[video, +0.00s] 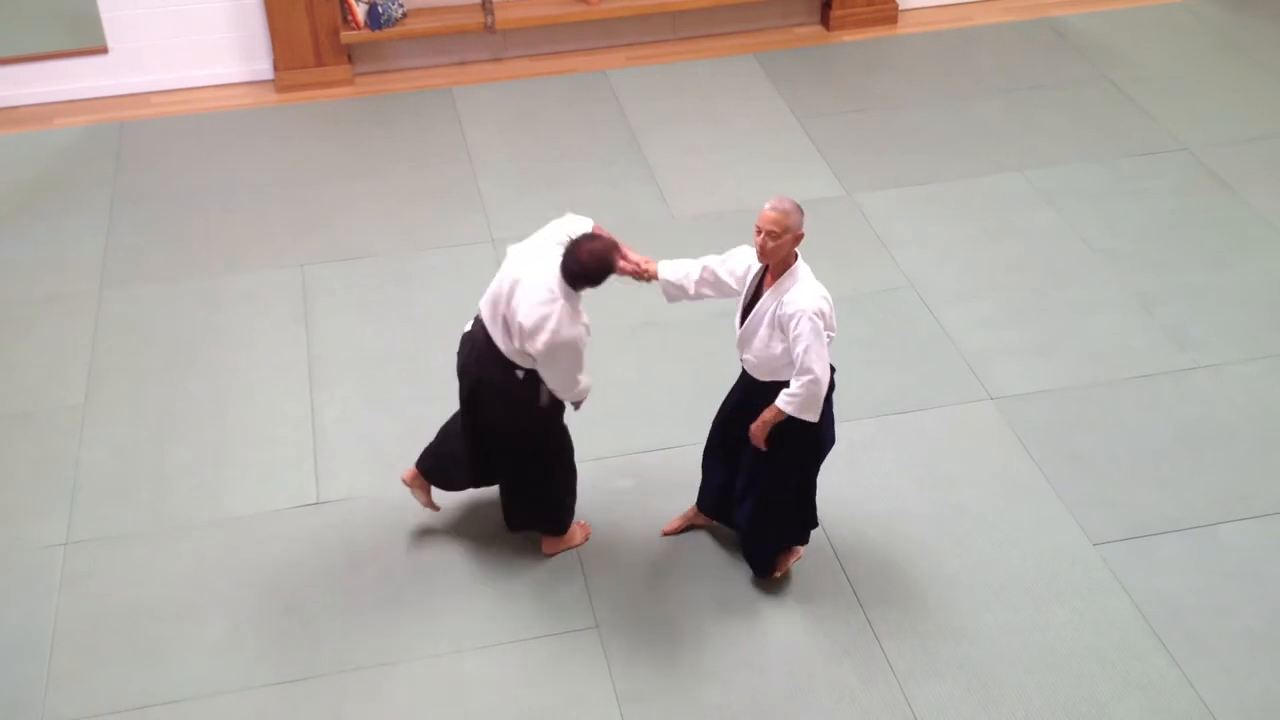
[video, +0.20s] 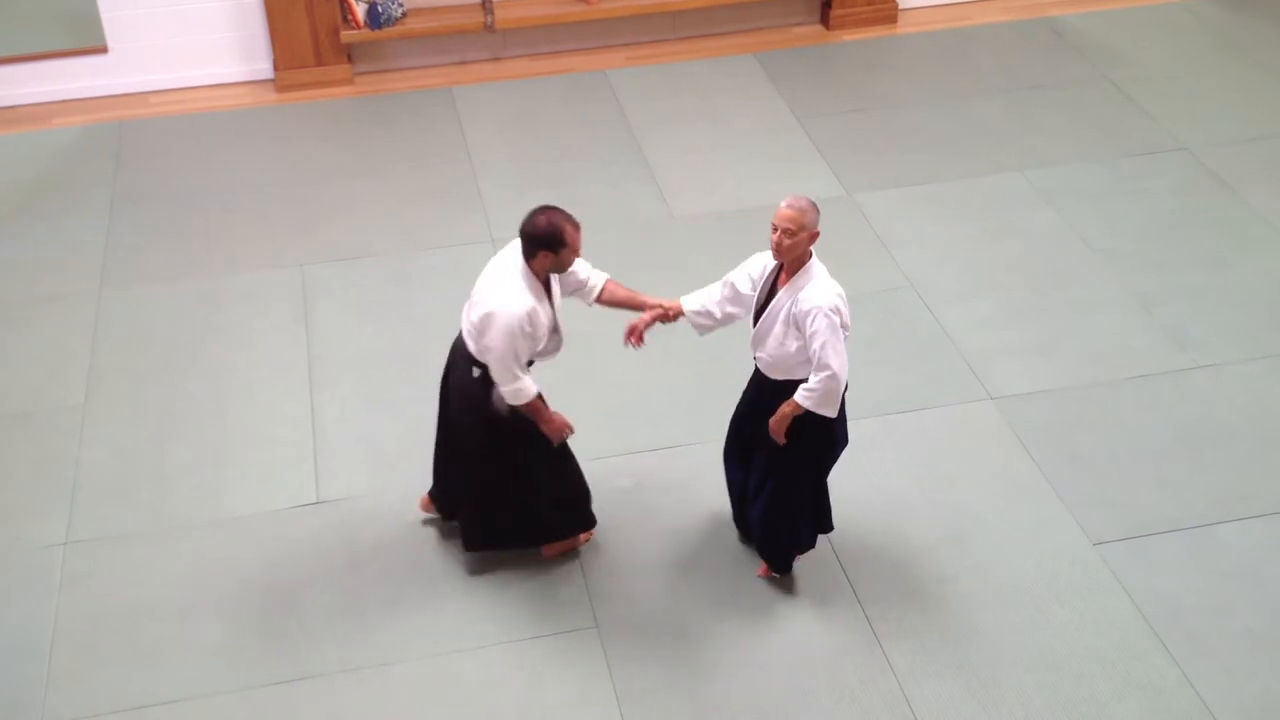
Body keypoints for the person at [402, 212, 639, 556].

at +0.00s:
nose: (602, 232)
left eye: (601, 237)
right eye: (608, 242)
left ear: (583, 240)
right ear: (599, 281)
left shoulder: (559, 233)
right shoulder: (561, 329)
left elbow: (590, 226)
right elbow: (566, 385)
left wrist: (623, 256)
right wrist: (581, 393)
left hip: (477, 340)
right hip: (510, 379)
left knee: (477, 420)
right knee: (552, 453)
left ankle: (422, 473)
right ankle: (556, 534)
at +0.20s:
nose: (577, 253)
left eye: (577, 247)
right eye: (571, 249)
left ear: (541, 252)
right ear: (544, 257)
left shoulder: (533, 254)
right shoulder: (512, 309)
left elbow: (592, 284)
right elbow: (511, 379)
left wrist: (649, 304)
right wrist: (546, 419)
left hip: (467, 363)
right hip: (486, 385)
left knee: (466, 443)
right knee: (545, 455)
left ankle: (443, 498)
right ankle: (560, 534)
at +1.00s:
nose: (614, 236)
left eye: (615, 228)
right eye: (607, 232)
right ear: (575, 237)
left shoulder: (611, 251)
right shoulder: (528, 271)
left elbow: (630, 300)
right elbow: (501, 335)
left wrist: (649, 350)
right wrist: (527, 384)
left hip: (584, 356)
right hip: (533, 364)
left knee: (605, 420)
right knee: (527, 442)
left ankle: (615, 483)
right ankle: (504, 524)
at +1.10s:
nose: (615, 234)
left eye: (614, 227)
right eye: (608, 231)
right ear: (576, 237)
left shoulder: (612, 248)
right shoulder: (531, 272)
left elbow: (623, 296)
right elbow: (508, 335)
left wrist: (632, 347)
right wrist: (544, 377)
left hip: (586, 355)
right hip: (535, 363)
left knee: (606, 423)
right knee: (526, 442)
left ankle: (619, 487)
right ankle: (500, 525)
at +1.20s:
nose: (609, 234)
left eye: (608, 227)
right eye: (602, 231)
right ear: (571, 239)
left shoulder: (604, 246)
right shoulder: (529, 276)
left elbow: (617, 293)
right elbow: (508, 338)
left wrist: (621, 343)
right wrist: (551, 375)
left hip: (583, 355)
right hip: (534, 365)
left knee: (603, 424)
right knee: (521, 445)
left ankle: (606, 486)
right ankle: (498, 525)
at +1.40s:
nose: (591, 236)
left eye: (589, 229)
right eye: (583, 234)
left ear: (558, 242)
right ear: (554, 246)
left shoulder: (585, 246)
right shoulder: (517, 283)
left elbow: (597, 290)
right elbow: (494, 343)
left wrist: (608, 336)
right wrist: (546, 372)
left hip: (569, 362)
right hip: (520, 376)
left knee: (592, 429)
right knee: (512, 451)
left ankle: (605, 486)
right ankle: (497, 530)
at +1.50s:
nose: (584, 239)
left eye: (582, 233)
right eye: (576, 237)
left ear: (551, 245)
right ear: (548, 249)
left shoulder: (578, 245)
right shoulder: (513, 283)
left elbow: (589, 288)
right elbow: (490, 342)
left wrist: (601, 335)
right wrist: (542, 370)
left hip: (563, 365)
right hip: (515, 379)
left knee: (587, 431)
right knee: (510, 456)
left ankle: (606, 487)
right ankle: (497, 530)